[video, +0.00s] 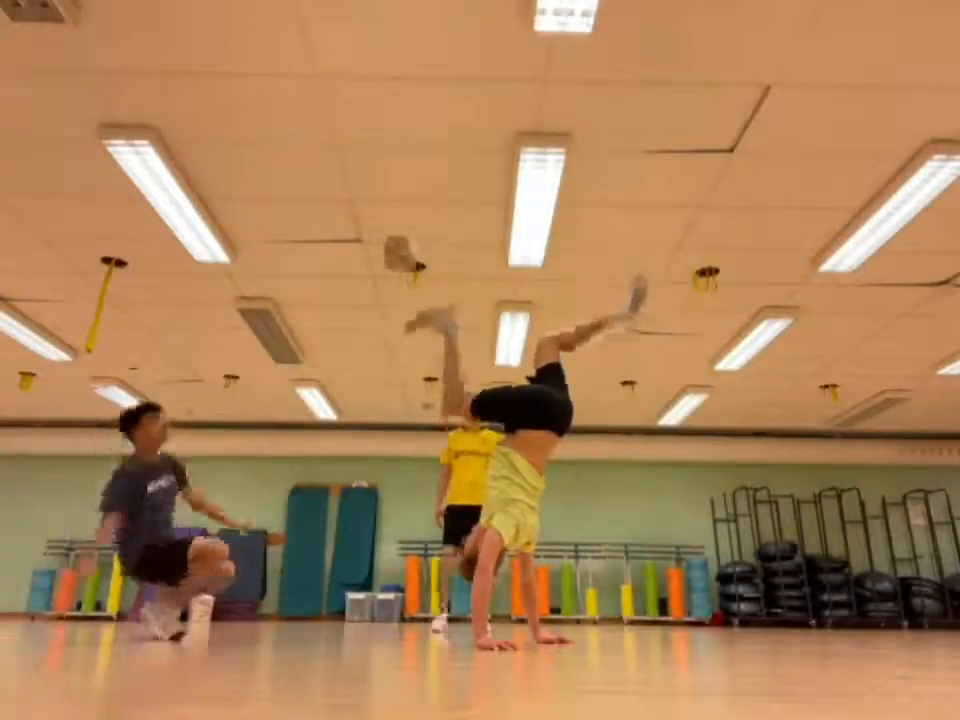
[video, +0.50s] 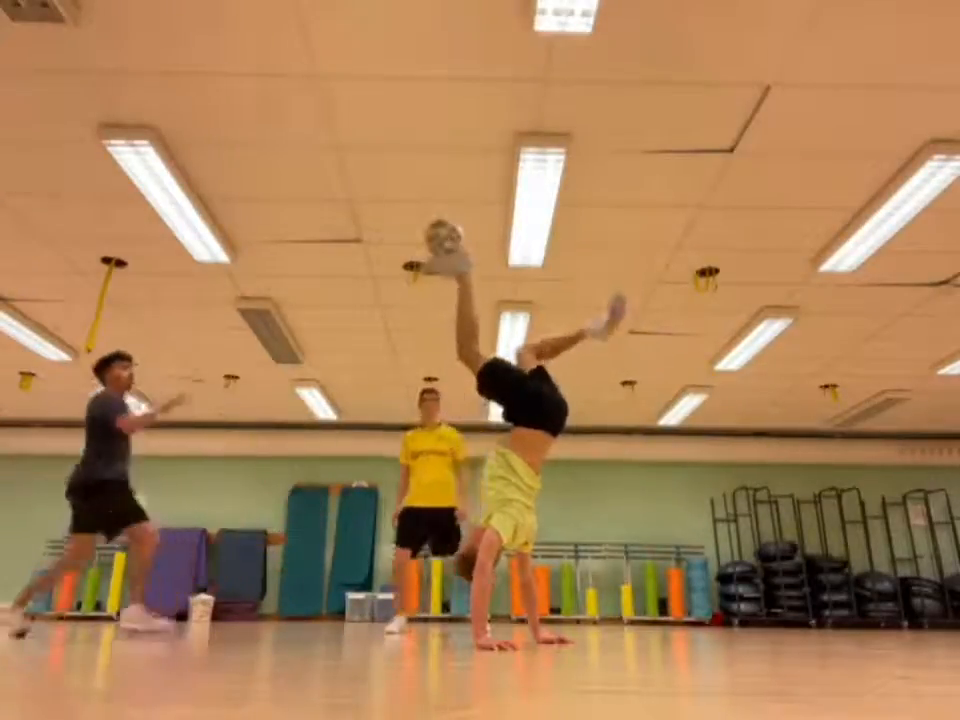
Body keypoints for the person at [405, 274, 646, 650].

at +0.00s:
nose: (481, 557)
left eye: (473, 556)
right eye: (477, 556)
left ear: (472, 549)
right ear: (473, 543)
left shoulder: (526, 538)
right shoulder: (497, 528)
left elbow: (528, 585)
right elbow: (483, 577)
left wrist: (537, 632)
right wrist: (482, 636)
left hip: (557, 412)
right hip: (536, 412)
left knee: (549, 345)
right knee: (457, 407)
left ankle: (620, 317)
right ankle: (450, 334)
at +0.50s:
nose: (478, 564)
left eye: (471, 561)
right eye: (473, 560)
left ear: (473, 558)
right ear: (474, 554)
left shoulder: (518, 539)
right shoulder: (495, 532)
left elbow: (528, 586)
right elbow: (481, 581)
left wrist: (538, 633)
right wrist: (480, 636)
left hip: (549, 416)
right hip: (533, 412)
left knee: (530, 351)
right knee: (470, 354)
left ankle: (595, 330)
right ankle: (464, 274)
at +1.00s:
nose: (472, 533)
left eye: (465, 537)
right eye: (473, 539)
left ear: (475, 550)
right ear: (480, 548)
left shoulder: (522, 538)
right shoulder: (497, 529)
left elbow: (527, 585)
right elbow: (482, 574)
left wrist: (536, 633)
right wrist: (480, 634)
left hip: (555, 417)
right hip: (534, 410)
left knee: (538, 356)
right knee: (453, 385)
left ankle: (604, 318)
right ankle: (449, 302)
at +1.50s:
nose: (472, 535)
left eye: (468, 540)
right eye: (474, 541)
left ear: (475, 550)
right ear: (482, 550)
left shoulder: (526, 539)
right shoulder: (499, 531)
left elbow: (528, 586)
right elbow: (484, 574)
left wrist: (536, 631)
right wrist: (481, 634)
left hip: (565, 416)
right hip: (546, 417)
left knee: (555, 344)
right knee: (466, 406)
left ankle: (630, 318)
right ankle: (463, 328)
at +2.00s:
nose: (482, 542)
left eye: (480, 545)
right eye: (481, 543)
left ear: (482, 550)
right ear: (484, 544)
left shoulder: (530, 541)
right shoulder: (509, 534)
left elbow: (530, 588)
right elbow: (482, 576)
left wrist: (536, 632)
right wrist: (480, 635)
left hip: (598, 436)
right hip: (582, 432)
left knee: (634, 367)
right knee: (515, 382)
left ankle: (714, 359)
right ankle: (527, 301)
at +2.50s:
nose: (520, 563)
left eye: (518, 562)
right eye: (519, 564)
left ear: (524, 585)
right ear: (524, 574)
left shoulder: (554, 575)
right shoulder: (545, 565)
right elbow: (497, 573)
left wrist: (538, 630)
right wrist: (482, 634)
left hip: (672, 539)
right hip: (673, 530)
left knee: (771, 535)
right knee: (788, 511)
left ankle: (745, 622)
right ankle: (757, 609)